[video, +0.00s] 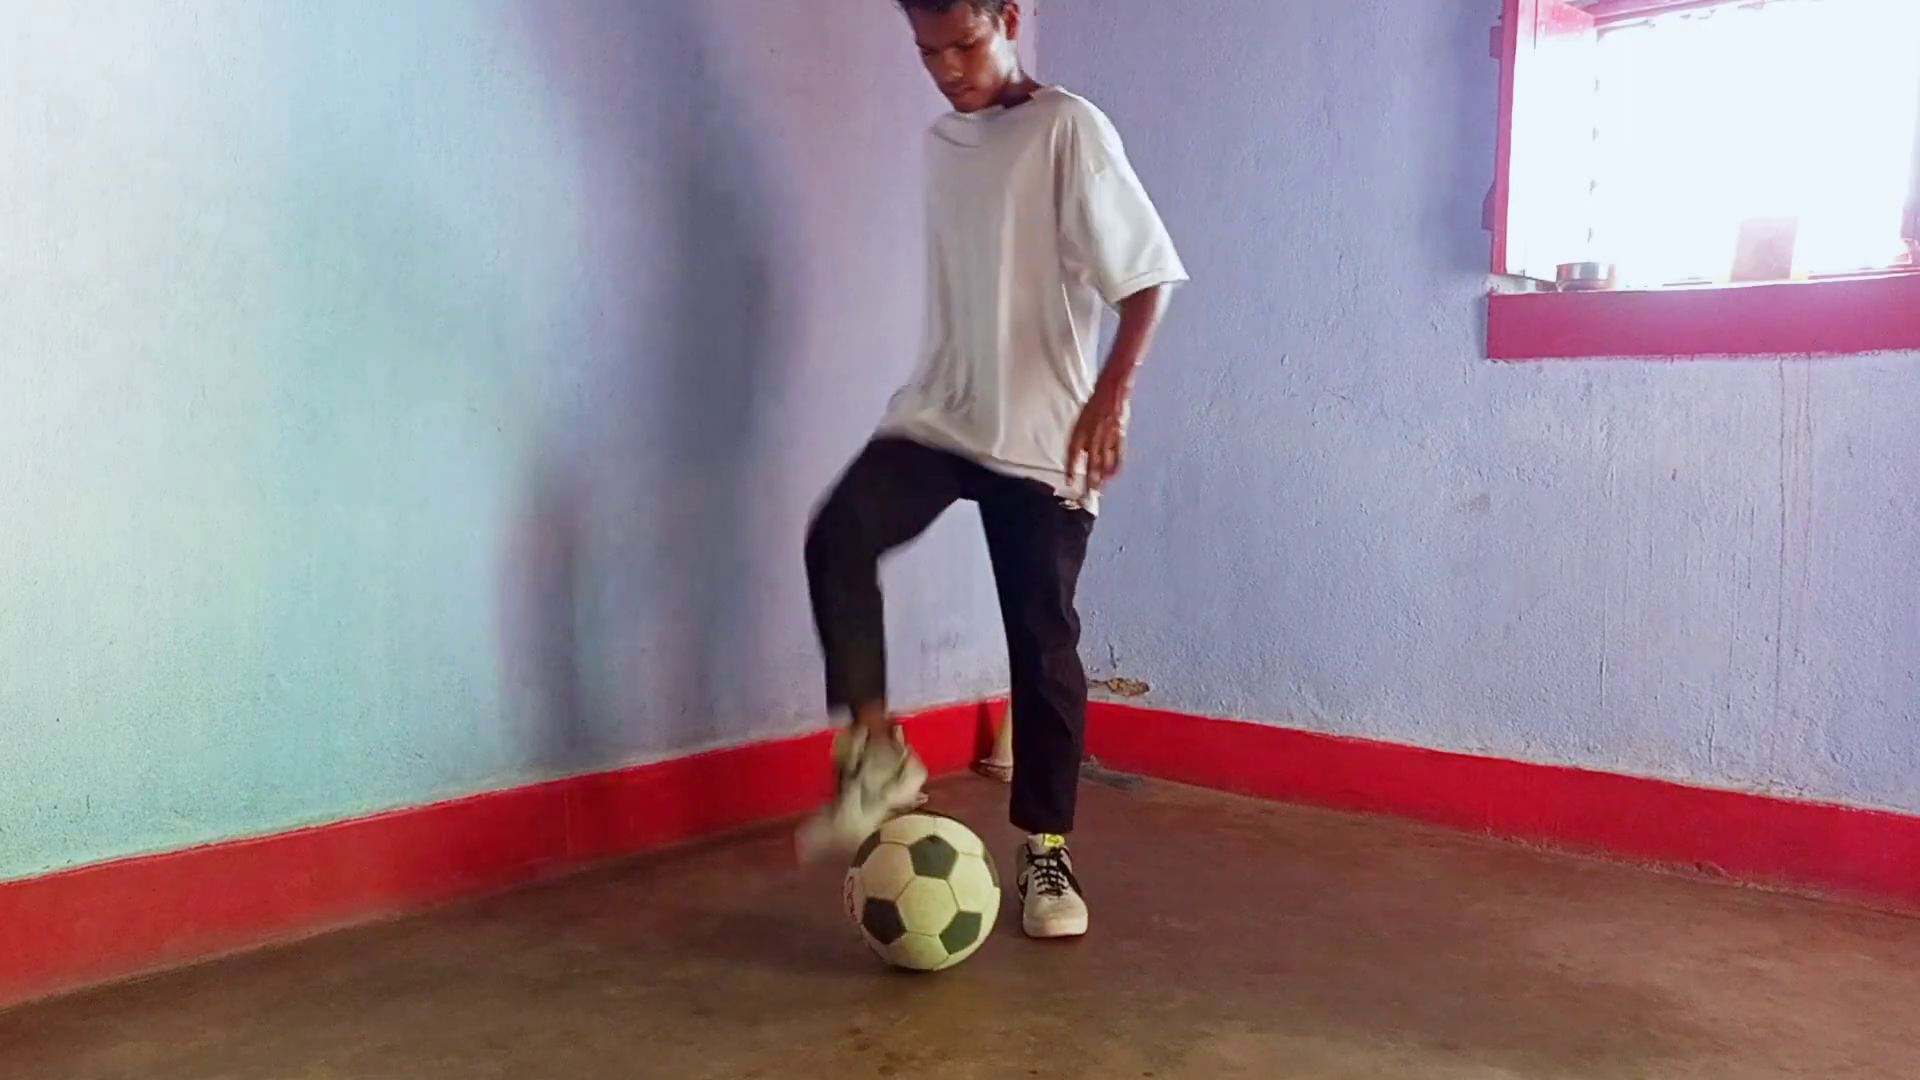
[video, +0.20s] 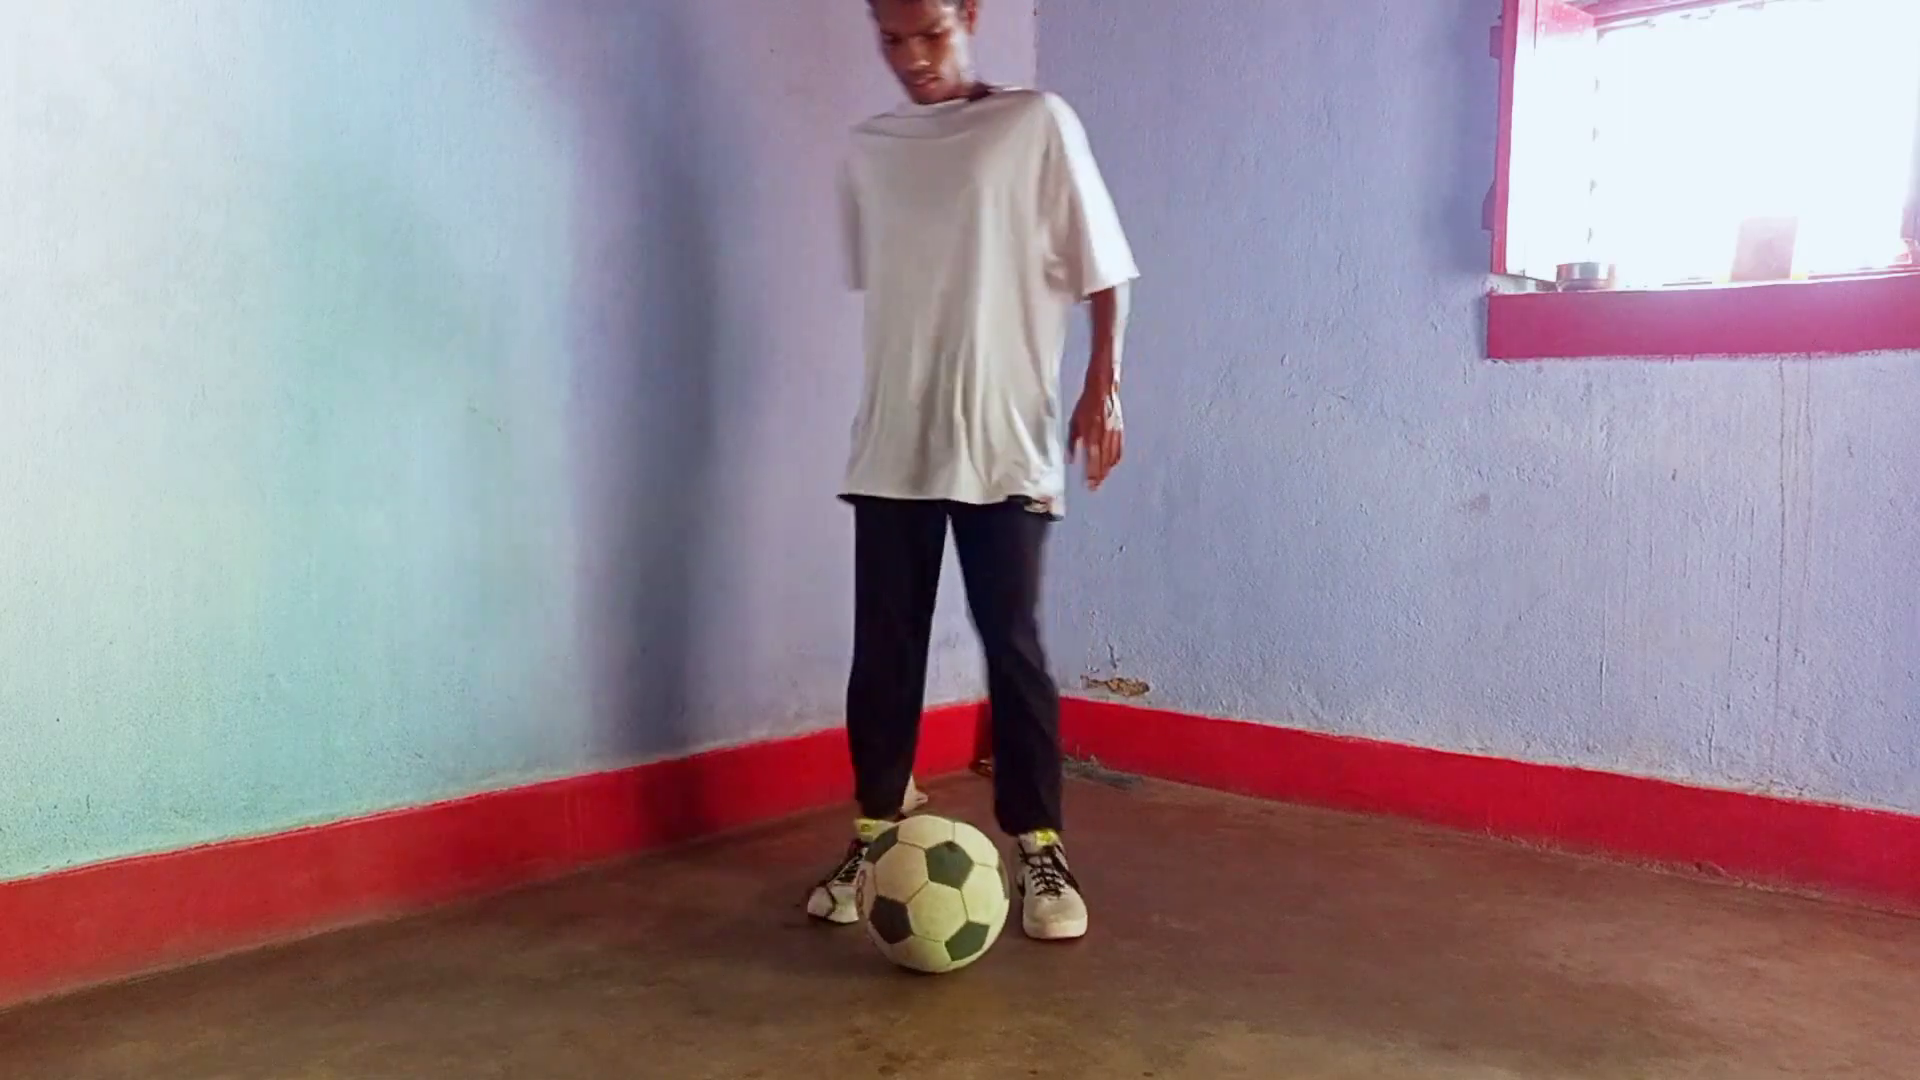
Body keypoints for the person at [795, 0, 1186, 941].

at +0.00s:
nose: (947, 69)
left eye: (964, 46)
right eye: (930, 51)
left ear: (1012, 22)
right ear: (914, 40)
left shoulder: (1069, 125)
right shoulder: (946, 138)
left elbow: (1148, 271)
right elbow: (970, 277)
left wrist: (1110, 398)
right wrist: (948, 389)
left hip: (1038, 430)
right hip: (938, 413)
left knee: (1042, 637)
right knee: (836, 539)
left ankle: (1047, 848)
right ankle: (876, 753)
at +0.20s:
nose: (915, 58)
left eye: (932, 35)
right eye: (896, 40)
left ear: (969, 19)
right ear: (876, 37)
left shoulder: (1039, 121)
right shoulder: (868, 147)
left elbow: (1104, 269)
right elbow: (878, 287)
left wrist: (1102, 388)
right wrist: (905, 406)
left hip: (1005, 433)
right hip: (893, 434)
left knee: (1014, 650)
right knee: (882, 649)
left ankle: (1039, 849)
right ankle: (879, 844)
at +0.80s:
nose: (924, 62)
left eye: (940, 44)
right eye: (906, 45)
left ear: (967, 36)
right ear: (877, 40)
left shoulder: (1021, 132)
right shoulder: (835, 141)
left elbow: (1054, 276)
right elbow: (800, 285)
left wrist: (1078, 400)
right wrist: (755, 398)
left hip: (993, 435)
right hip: (877, 435)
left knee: (986, 656)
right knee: (873, 651)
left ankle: (953, 854)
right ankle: (871, 842)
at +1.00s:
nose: (980, 71)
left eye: (998, 52)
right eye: (962, 52)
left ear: (1027, 39)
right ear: (931, 37)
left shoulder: (1066, 146)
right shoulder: (878, 135)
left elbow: (1087, 293)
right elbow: (842, 278)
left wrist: (1111, 410)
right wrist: (803, 398)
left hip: (1010, 429)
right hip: (904, 414)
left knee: (991, 652)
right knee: (907, 581)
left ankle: (959, 843)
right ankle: (889, 786)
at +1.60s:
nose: (1058, 80)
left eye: (1076, 59)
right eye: (1040, 59)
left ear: (1106, 53)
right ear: (1012, 52)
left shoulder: (1146, 176)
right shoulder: (958, 157)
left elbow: (1164, 334)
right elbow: (924, 302)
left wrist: (1164, 462)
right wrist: (897, 427)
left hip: (1081, 456)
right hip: (964, 439)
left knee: (1052, 661)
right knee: (940, 594)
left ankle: (1019, 837)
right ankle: (913, 800)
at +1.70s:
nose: (1054, 84)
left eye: (1072, 64)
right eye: (1036, 63)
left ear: (1104, 55)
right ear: (1009, 53)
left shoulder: (1146, 178)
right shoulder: (958, 161)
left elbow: (1165, 335)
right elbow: (926, 306)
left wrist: (1164, 464)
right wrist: (900, 430)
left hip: (1082, 457)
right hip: (967, 441)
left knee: (1054, 662)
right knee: (941, 594)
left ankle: (1019, 837)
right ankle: (913, 798)